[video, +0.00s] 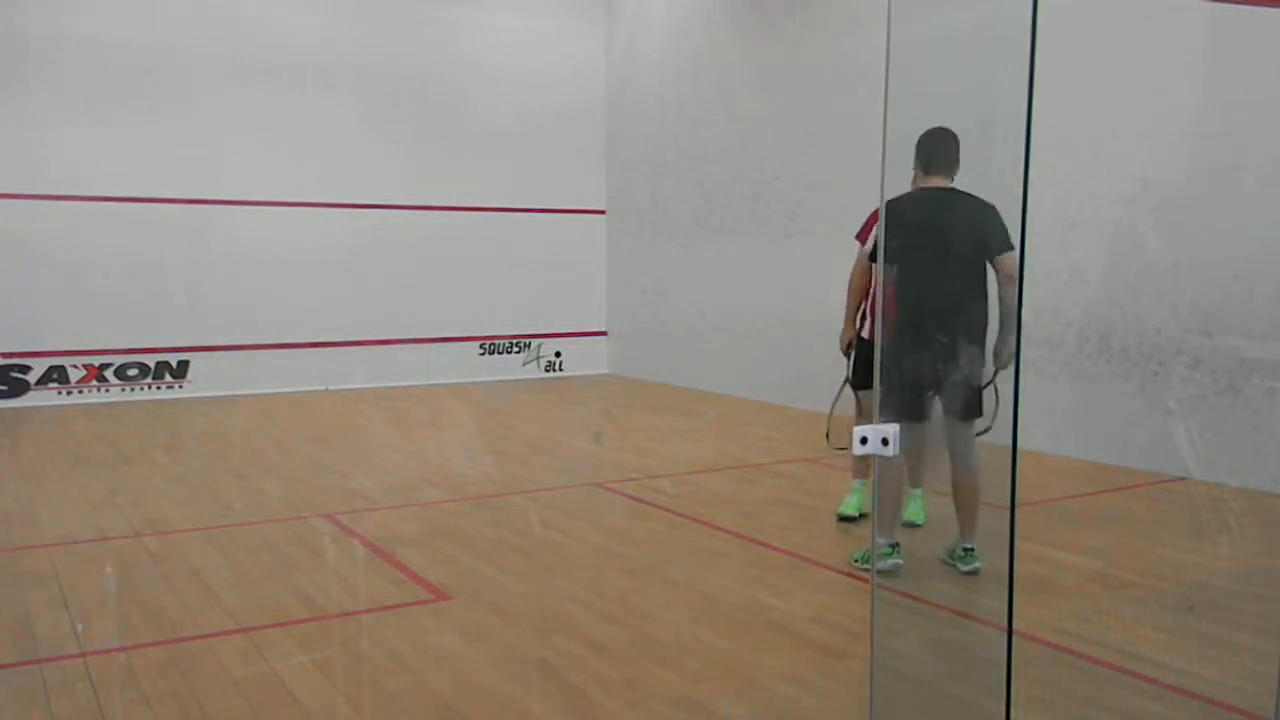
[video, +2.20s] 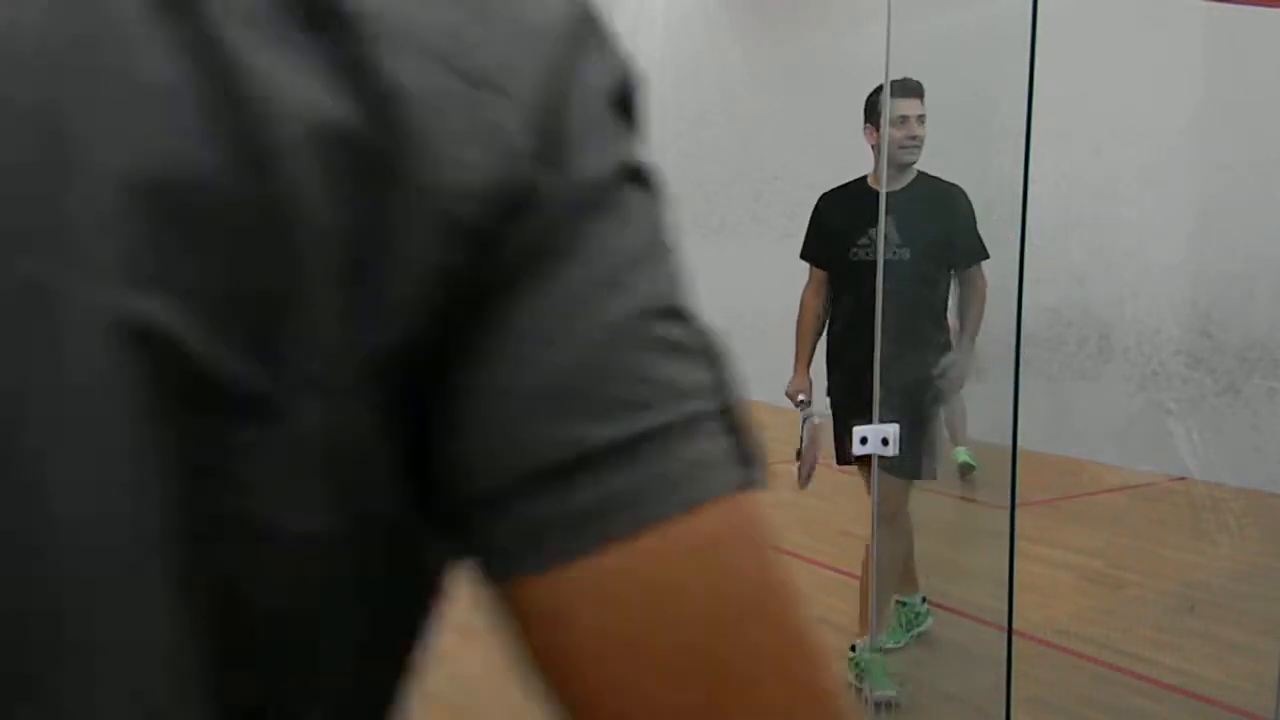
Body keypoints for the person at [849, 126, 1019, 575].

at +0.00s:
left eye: (920, 163)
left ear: (916, 164)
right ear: (957, 166)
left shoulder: (894, 210)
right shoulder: (981, 212)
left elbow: (869, 275)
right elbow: (1009, 275)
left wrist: (855, 326)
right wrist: (1007, 336)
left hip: (906, 342)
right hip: (964, 343)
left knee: (893, 440)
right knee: (963, 440)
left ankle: (884, 545)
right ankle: (967, 546)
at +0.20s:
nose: (943, 166)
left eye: (939, 158)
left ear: (936, 161)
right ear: (977, 163)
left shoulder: (916, 207)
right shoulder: (996, 212)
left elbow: (887, 272)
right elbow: (1029, 279)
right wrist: (1021, 338)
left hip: (923, 339)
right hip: (976, 342)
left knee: (912, 437)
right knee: (968, 438)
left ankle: (916, 548)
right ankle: (967, 547)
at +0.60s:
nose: (929, 157)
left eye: (933, 150)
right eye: (933, 149)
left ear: (945, 153)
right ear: (973, 156)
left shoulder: (956, 205)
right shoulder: (989, 208)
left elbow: (947, 273)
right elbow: (1005, 276)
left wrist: (906, 293)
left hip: (957, 346)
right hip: (979, 345)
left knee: (946, 445)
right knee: (959, 446)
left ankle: (975, 566)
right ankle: (968, 546)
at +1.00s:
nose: (956, 150)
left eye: (968, 143)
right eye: (949, 140)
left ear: (987, 149)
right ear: (939, 143)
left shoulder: (1001, 206)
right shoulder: (934, 203)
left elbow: (1037, 276)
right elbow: (917, 261)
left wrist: (965, 296)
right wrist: (889, 279)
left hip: (979, 352)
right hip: (928, 345)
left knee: (972, 456)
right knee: (909, 451)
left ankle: (979, 571)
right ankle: (910, 562)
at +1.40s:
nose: (960, 142)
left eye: (967, 133)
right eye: (949, 132)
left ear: (974, 141)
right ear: (923, 138)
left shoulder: (992, 206)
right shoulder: (891, 209)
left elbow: (1009, 287)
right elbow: (863, 285)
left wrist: (985, 338)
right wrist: (836, 352)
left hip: (965, 362)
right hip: (904, 361)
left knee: (959, 468)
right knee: (909, 477)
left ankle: (967, 564)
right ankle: (912, 604)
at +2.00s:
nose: (917, 131)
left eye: (922, 122)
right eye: (904, 123)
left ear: (929, 129)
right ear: (875, 132)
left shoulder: (951, 196)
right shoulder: (844, 205)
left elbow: (980, 275)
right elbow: (821, 282)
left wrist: (987, 345)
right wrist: (812, 349)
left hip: (931, 366)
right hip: (867, 370)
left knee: (917, 496)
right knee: (887, 496)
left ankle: (915, 629)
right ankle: (909, 607)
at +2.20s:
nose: (912, 132)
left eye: (918, 121)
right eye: (900, 122)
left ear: (928, 129)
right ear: (871, 132)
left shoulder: (948, 202)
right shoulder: (836, 206)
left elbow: (974, 284)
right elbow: (816, 292)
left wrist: (964, 353)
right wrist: (801, 369)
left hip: (916, 372)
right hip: (853, 371)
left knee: (889, 503)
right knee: (884, 495)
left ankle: (870, 646)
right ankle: (910, 599)